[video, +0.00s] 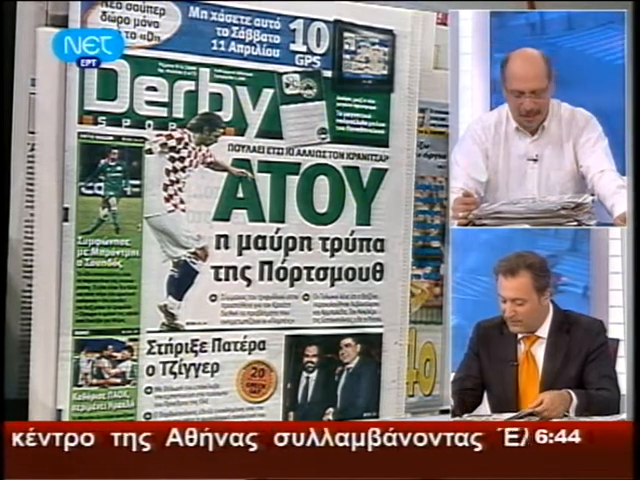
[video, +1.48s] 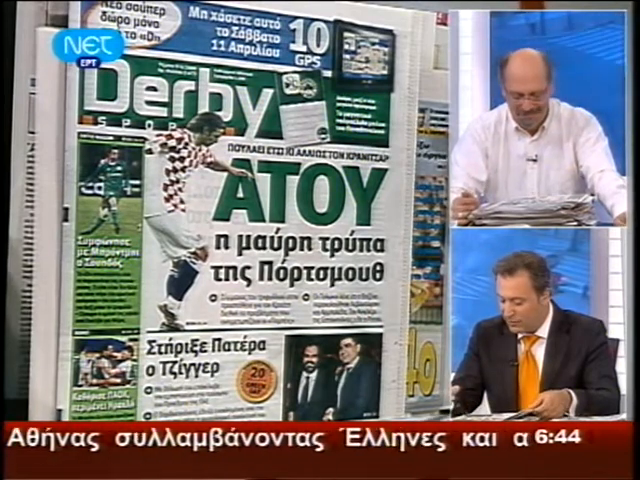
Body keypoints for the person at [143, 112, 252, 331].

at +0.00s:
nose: (215, 141)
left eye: (217, 137)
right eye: (215, 136)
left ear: (207, 132)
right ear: (205, 130)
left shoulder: (199, 150)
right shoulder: (179, 137)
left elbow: (212, 162)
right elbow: (149, 145)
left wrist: (232, 170)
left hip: (165, 209)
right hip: (161, 208)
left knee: (180, 262)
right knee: (200, 251)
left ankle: (170, 317)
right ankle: (172, 304)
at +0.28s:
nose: (215, 141)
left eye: (217, 137)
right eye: (215, 136)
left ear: (207, 132)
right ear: (205, 130)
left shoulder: (199, 150)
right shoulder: (179, 137)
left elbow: (212, 162)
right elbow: (148, 146)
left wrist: (231, 170)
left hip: (165, 209)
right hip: (161, 208)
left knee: (180, 262)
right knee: (200, 251)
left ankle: (171, 317)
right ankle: (172, 304)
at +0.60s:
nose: (215, 141)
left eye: (217, 137)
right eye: (215, 136)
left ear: (207, 132)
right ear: (205, 130)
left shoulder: (199, 150)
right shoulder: (179, 137)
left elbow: (212, 162)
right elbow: (149, 145)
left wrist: (232, 170)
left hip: (165, 209)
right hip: (161, 208)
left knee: (180, 262)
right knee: (200, 251)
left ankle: (171, 317)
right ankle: (172, 304)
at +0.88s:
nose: (215, 141)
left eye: (217, 137)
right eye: (215, 136)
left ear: (207, 132)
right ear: (205, 130)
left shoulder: (199, 150)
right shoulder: (179, 137)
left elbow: (212, 162)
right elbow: (149, 145)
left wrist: (232, 170)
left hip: (165, 209)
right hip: (161, 208)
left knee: (180, 262)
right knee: (200, 251)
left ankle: (171, 317)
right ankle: (172, 304)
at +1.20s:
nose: (215, 141)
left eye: (217, 137)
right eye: (215, 136)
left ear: (207, 132)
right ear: (205, 130)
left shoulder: (199, 150)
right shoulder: (179, 137)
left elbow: (212, 162)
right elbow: (149, 145)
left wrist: (232, 170)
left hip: (166, 209)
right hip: (161, 208)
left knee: (180, 262)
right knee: (200, 251)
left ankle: (171, 317)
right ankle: (172, 304)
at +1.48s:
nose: (215, 141)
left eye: (217, 137)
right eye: (215, 136)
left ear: (207, 132)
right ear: (205, 130)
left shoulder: (199, 150)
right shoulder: (179, 137)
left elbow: (212, 162)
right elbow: (149, 145)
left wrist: (232, 170)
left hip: (166, 209)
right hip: (161, 208)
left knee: (180, 262)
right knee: (200, 251)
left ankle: (171, 317)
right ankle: (172, 304)